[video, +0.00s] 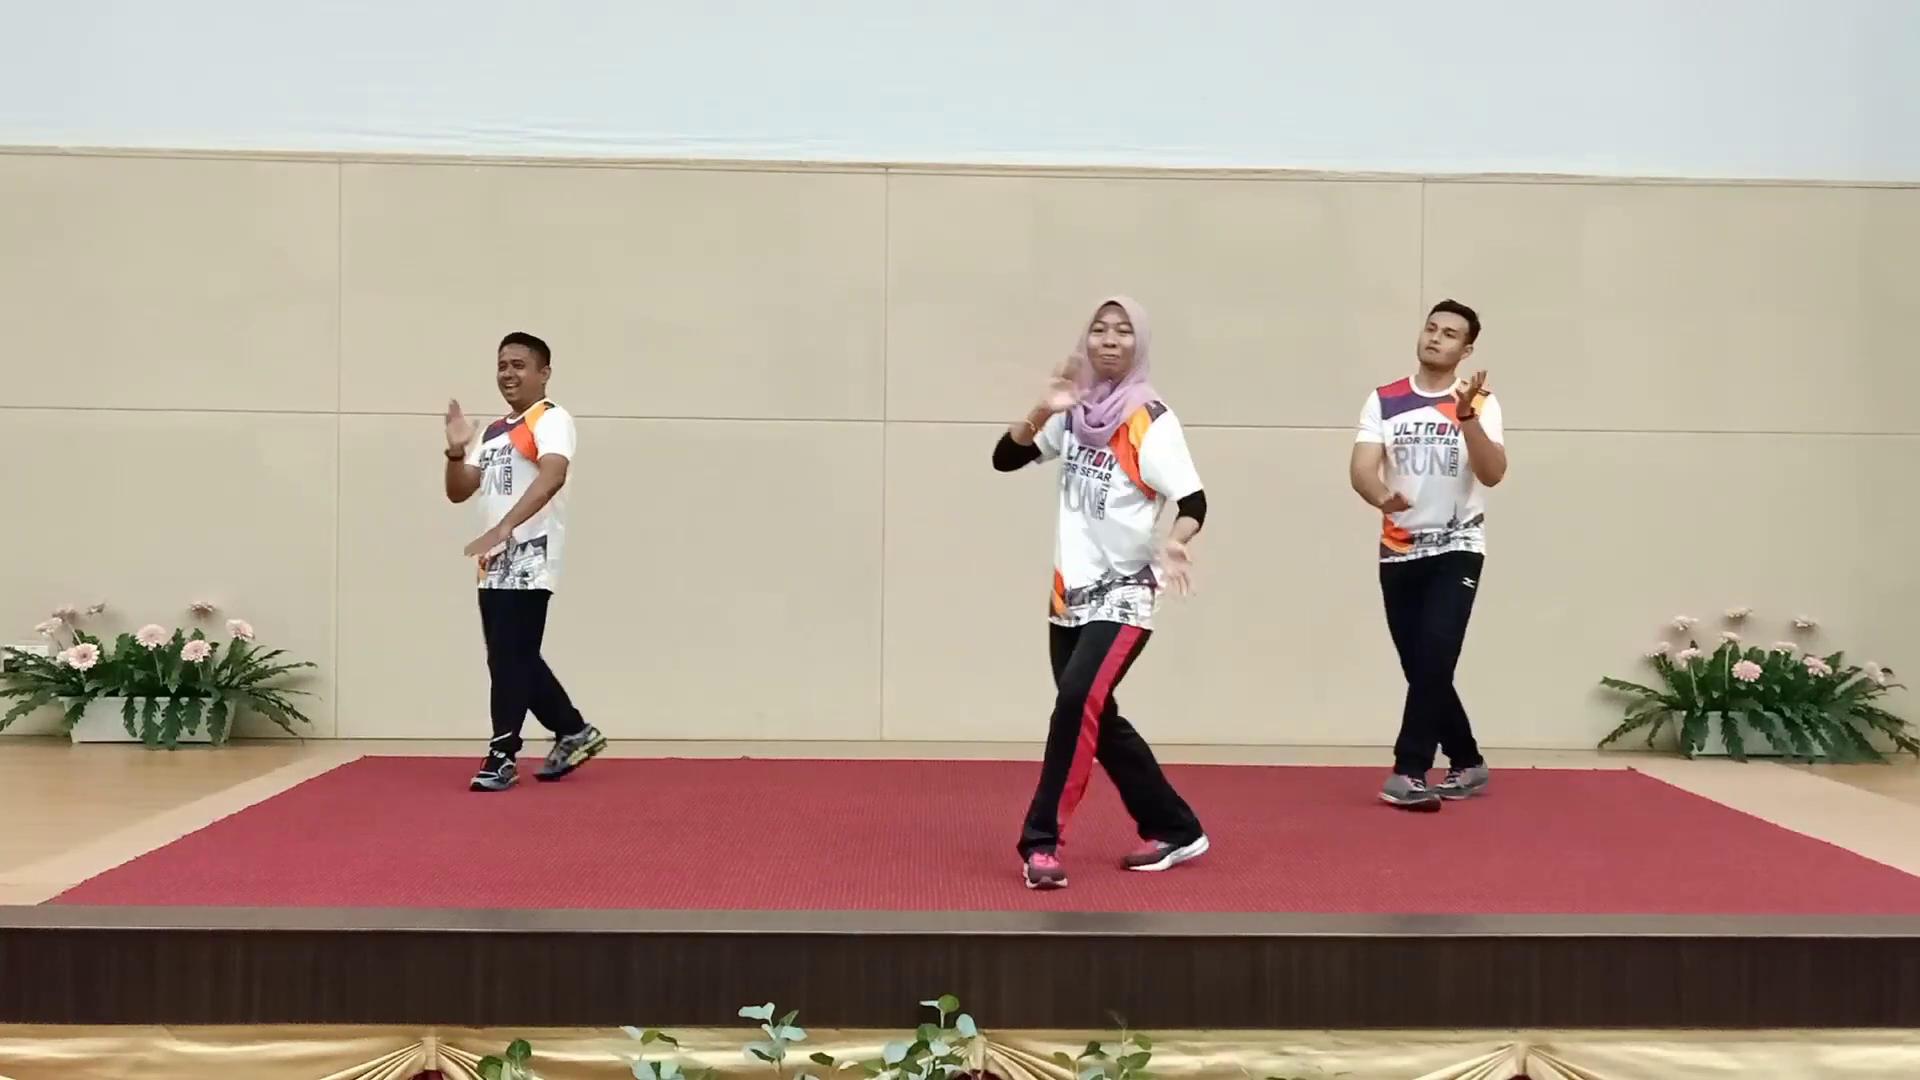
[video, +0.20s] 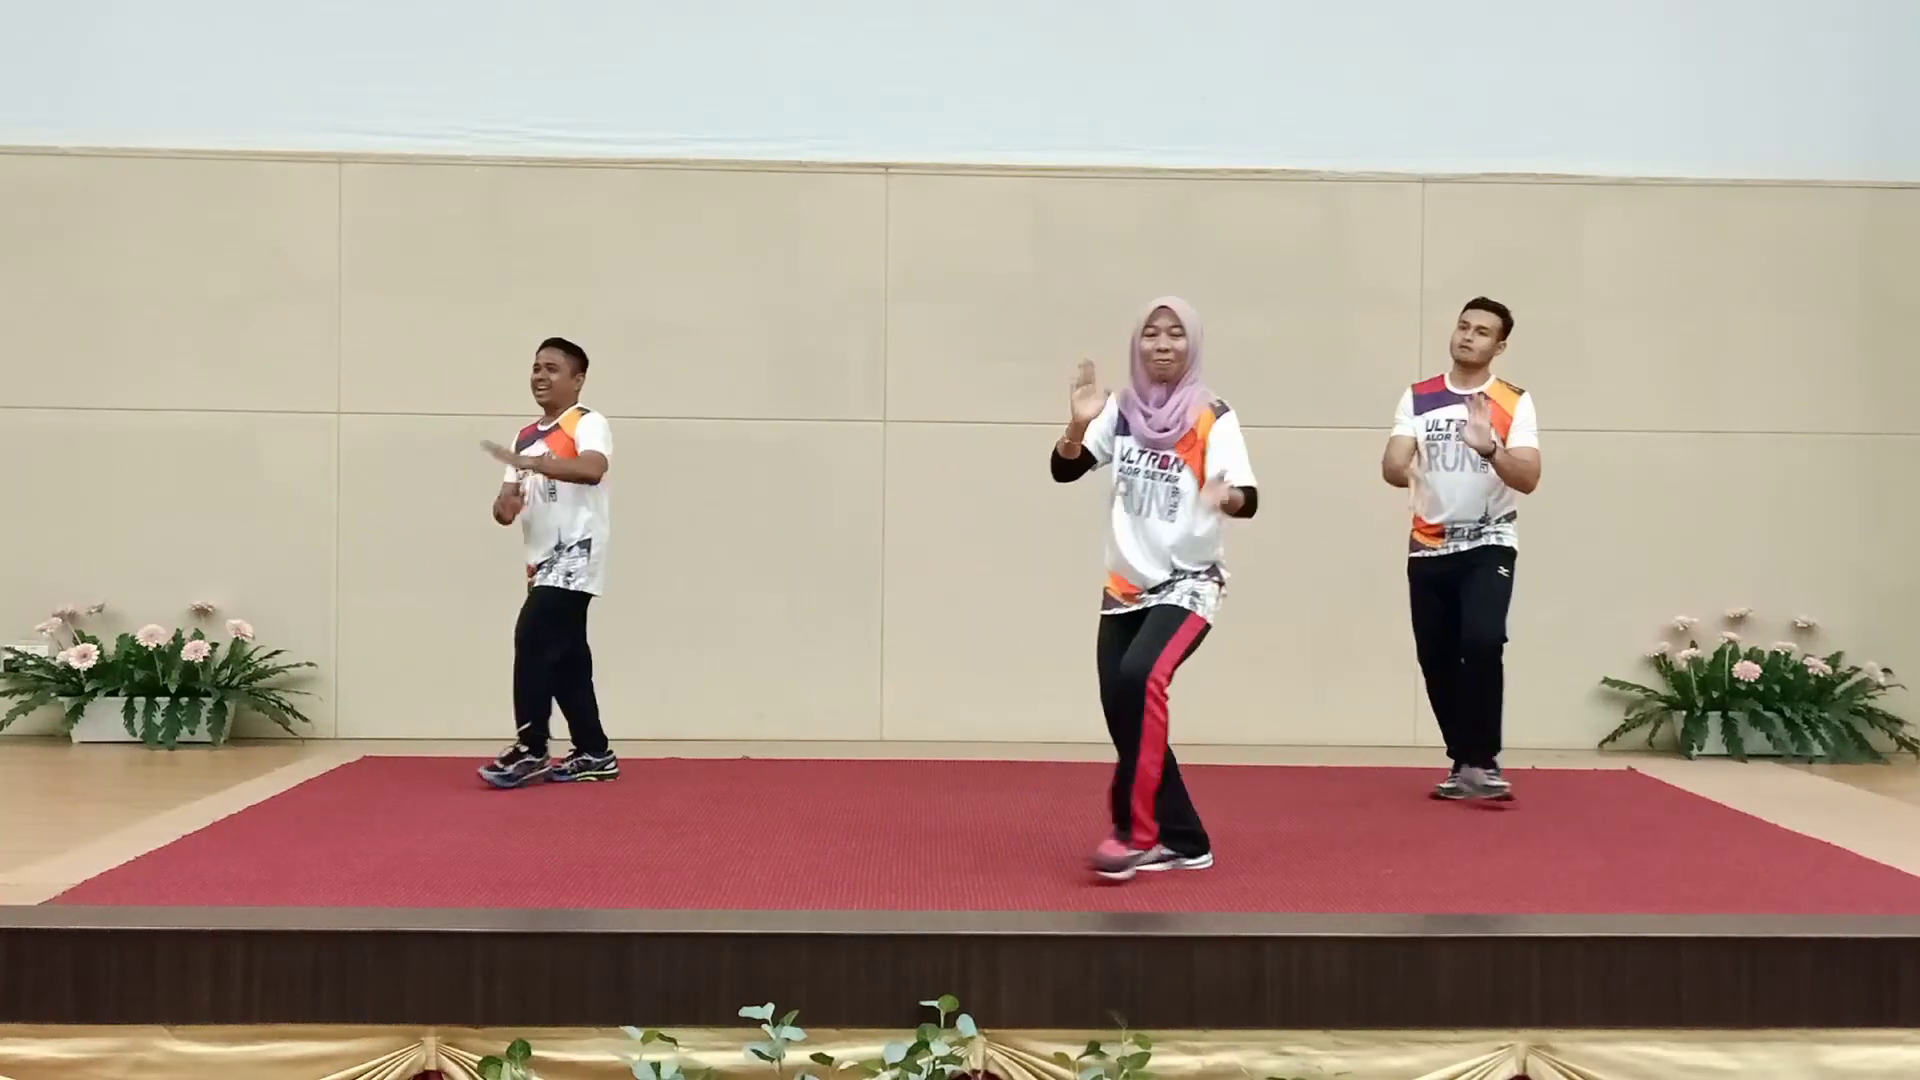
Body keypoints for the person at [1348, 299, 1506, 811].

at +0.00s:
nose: (1436, 338)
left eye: (1450, 334)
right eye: (1432, 329)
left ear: (1466, 349)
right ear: (1419, 336)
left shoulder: (1477, 403)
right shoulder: (1383, 401)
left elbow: (1492, 475)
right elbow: (1362, 470)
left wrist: (1469, 419)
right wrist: (1383, 497)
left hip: (1457, 546)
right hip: (1401, 550)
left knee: (1433, 660)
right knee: (1421, 667)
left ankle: (1410, 774)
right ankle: (1468, 763)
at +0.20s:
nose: (1469, 337)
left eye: (1482, 332)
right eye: (1464, 327)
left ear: (1499, 346)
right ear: (1452, 333)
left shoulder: (1513, 402)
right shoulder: (1418, 397)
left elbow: (1528, 479)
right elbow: (1393, 465)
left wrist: (1491, 448)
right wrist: (1408, 471)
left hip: (1488, 545)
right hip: (1430, 550)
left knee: (1481, 647)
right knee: (1438, 659)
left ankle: (1484, 766)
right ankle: (1464, 765)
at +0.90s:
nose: (1599, 331)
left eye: (1612, 325)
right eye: (1596, 322)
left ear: (1637, 336)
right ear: (1588, 328)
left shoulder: (1649, 399)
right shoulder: (1557, 386)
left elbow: (1637, 477)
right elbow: (1514, 455)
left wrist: (1628, 419)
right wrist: (1542, 461)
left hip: (1609, 544)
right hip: (1546, 536)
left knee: (1612, 662)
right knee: (1489, 626)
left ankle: (1620, 777)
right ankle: (1459, 742)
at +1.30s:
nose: (1611, 343)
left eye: (1621, 334)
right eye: (1601, 336)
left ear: (1642, 339)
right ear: (1591, 343)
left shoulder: (1658, 408)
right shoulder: (1563, 392)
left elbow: (1659, 475)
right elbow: (1524, 460)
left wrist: (1643, 401)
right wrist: (1530, 514)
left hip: (1609, 551)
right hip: (1546, 542)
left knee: (1609, 665)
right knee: (1497, 634)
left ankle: (1619, 777)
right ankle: (1472, 750)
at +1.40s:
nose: (1589, 334)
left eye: (1598, 322)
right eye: (1578, 328)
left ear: (1619, 326)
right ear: (1570, 336)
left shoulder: (1646, 393)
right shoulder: (1549, 386)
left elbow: (1663, 455)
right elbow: (1512, 454)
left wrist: (1622, 402)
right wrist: (1535, 434)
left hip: (1603, 544)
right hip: (1538, 535)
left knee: (1610, 662)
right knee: (1490, 622)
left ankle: (1620, 776)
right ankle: (1462, 738)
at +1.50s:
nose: (1575, 333)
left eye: (1583, 321)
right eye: (1563, 327)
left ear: (1604, 324)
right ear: (1555, 337)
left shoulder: (1635, 389)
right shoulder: (1540, 387)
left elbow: (1663, 449)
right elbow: (1502, 452)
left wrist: (1608, 410)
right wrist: (1528, 428)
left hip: (1598, 544)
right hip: (1533, 536)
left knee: (1608, 662)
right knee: (1487, 624)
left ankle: (1621, 777)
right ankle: (1454, 740)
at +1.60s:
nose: (1552, 335)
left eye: (1559, 323)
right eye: (1540, 330)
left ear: (1579, 325)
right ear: (1531, 342)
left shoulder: (1617, 389)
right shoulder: (1524, 393)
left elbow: (1652, 449)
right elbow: (1492, 454)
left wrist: (1603, 440)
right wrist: (1516, 402)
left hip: (1587, 547)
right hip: (1522, 540)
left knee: (1604, 664)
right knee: (1479, 637)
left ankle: (1620, 777)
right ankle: (1444, 750)